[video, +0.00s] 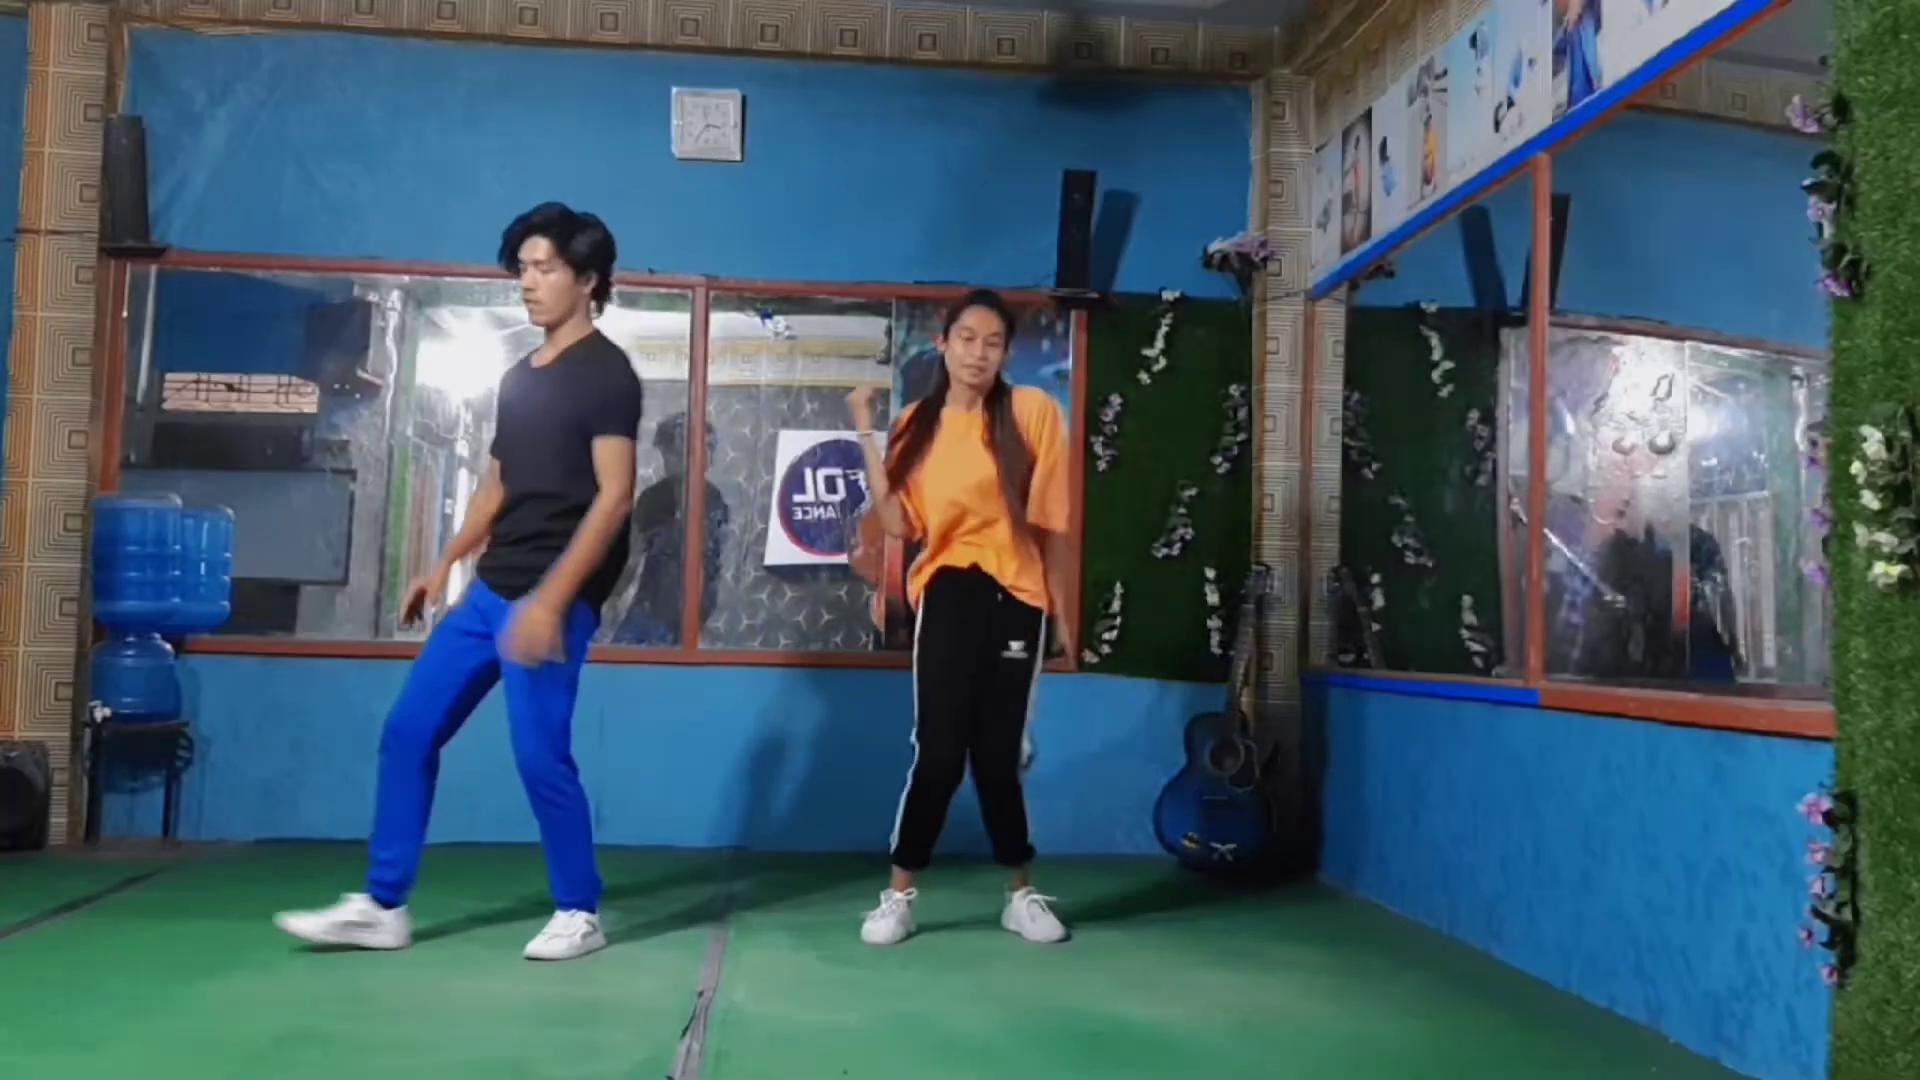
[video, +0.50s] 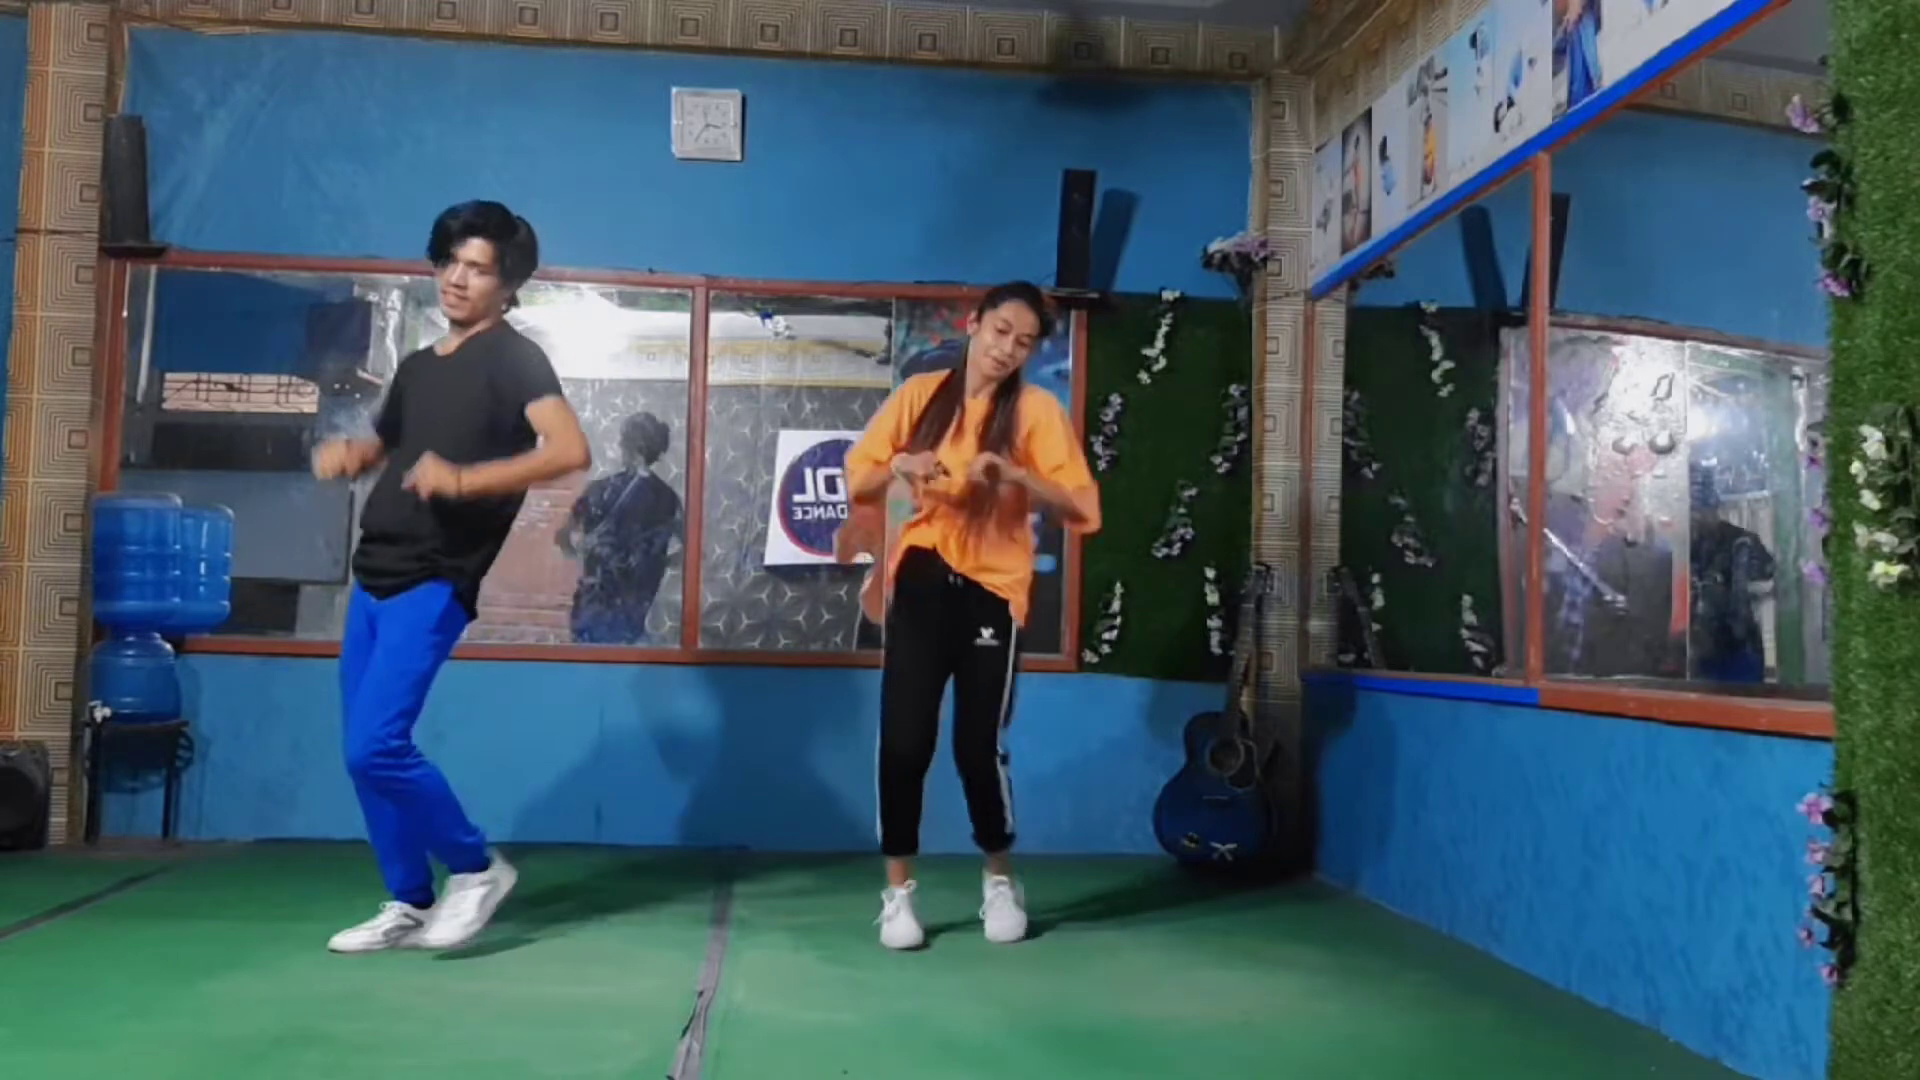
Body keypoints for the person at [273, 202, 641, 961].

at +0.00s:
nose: (528, 284)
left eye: (543, 269)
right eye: (522, 271)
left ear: (588, 279)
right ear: (519, 280)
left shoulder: (607, 371)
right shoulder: (522, 377)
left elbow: (617, 496)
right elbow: (499, 486)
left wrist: (550, 601)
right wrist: (446, 564)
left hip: (553, 604)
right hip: (490, 593)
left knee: (542, 758)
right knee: (409, 731)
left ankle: (578, 914)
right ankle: (382, 904)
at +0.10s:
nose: (508, 279)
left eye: (524, 266)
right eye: (504, 266)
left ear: (566, 278)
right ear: (501, 276)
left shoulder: (567, 360)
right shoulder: (513, 367)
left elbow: (595, 442)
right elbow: (465, 436)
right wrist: (436, 470)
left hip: (545, 591)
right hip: (484, 592)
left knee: (531, 752)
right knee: (388, 717)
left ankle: (580, 911)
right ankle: (353, 892)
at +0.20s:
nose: (485, 270)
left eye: (502, 258)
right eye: (483, 257)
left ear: (545, 272)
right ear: (480, 266)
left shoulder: (544, 342)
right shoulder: (476, 354)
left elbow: (569, 402)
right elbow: (438, 405)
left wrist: (463, 413)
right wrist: (418, 412)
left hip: (514, 585)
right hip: (453, 580)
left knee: (474, 742)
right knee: (362, 712)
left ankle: (561, 880)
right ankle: (393, 883)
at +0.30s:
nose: (471, 275)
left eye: (487, 262)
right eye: (466, 261)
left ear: (529, 275)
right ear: (461, 269)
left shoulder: (532, 348)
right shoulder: (454, 357)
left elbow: (548, 435)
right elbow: (424, 437)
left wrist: (444, 476)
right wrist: (393, 463)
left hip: (481, 583)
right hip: (423, 581)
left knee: (411, 739)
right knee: (374, 740)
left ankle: (499, 871)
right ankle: (415, 907)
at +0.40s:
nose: (460, 280)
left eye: (478, 269)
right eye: (454, 267)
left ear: (517, 284)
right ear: (445, 274)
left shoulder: (522, 360)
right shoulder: (439, 368)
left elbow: (553, 469)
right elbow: (424, 464)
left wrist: (460, 521)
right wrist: (381, 509)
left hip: (448, 585)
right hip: (395, 578)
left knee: (384, 746)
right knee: (370, 745)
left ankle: (495, 868)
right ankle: (413, 908)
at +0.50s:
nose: (457, 279)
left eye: (477, 268)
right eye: (450, 264)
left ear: (510, 284)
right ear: (436, 271)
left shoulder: (516, 357)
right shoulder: (417, 365)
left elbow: (568, 449)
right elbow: (384, 446)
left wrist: (467, 477)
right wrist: (351, 455)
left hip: (436, 584)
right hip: (375, 579)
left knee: (378, 745)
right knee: (366, 748)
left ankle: (478, 869)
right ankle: (411, 903)